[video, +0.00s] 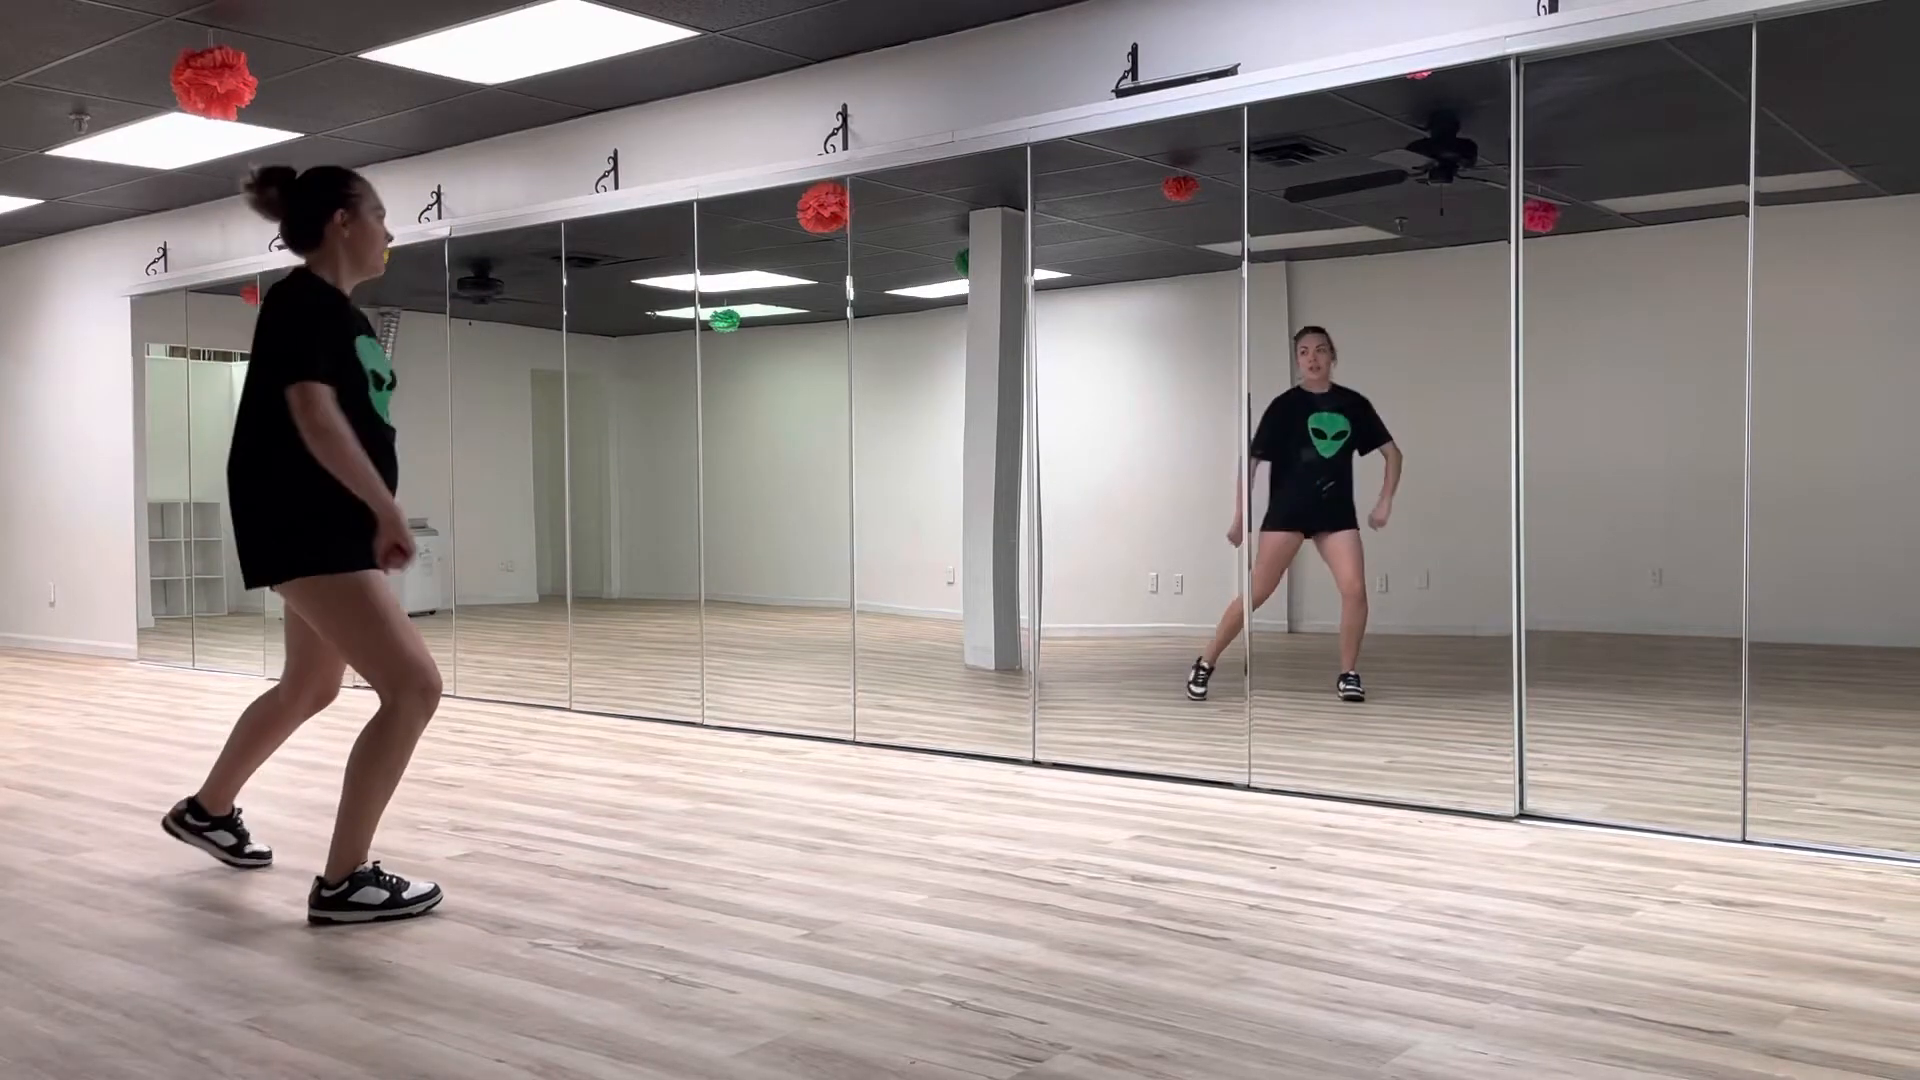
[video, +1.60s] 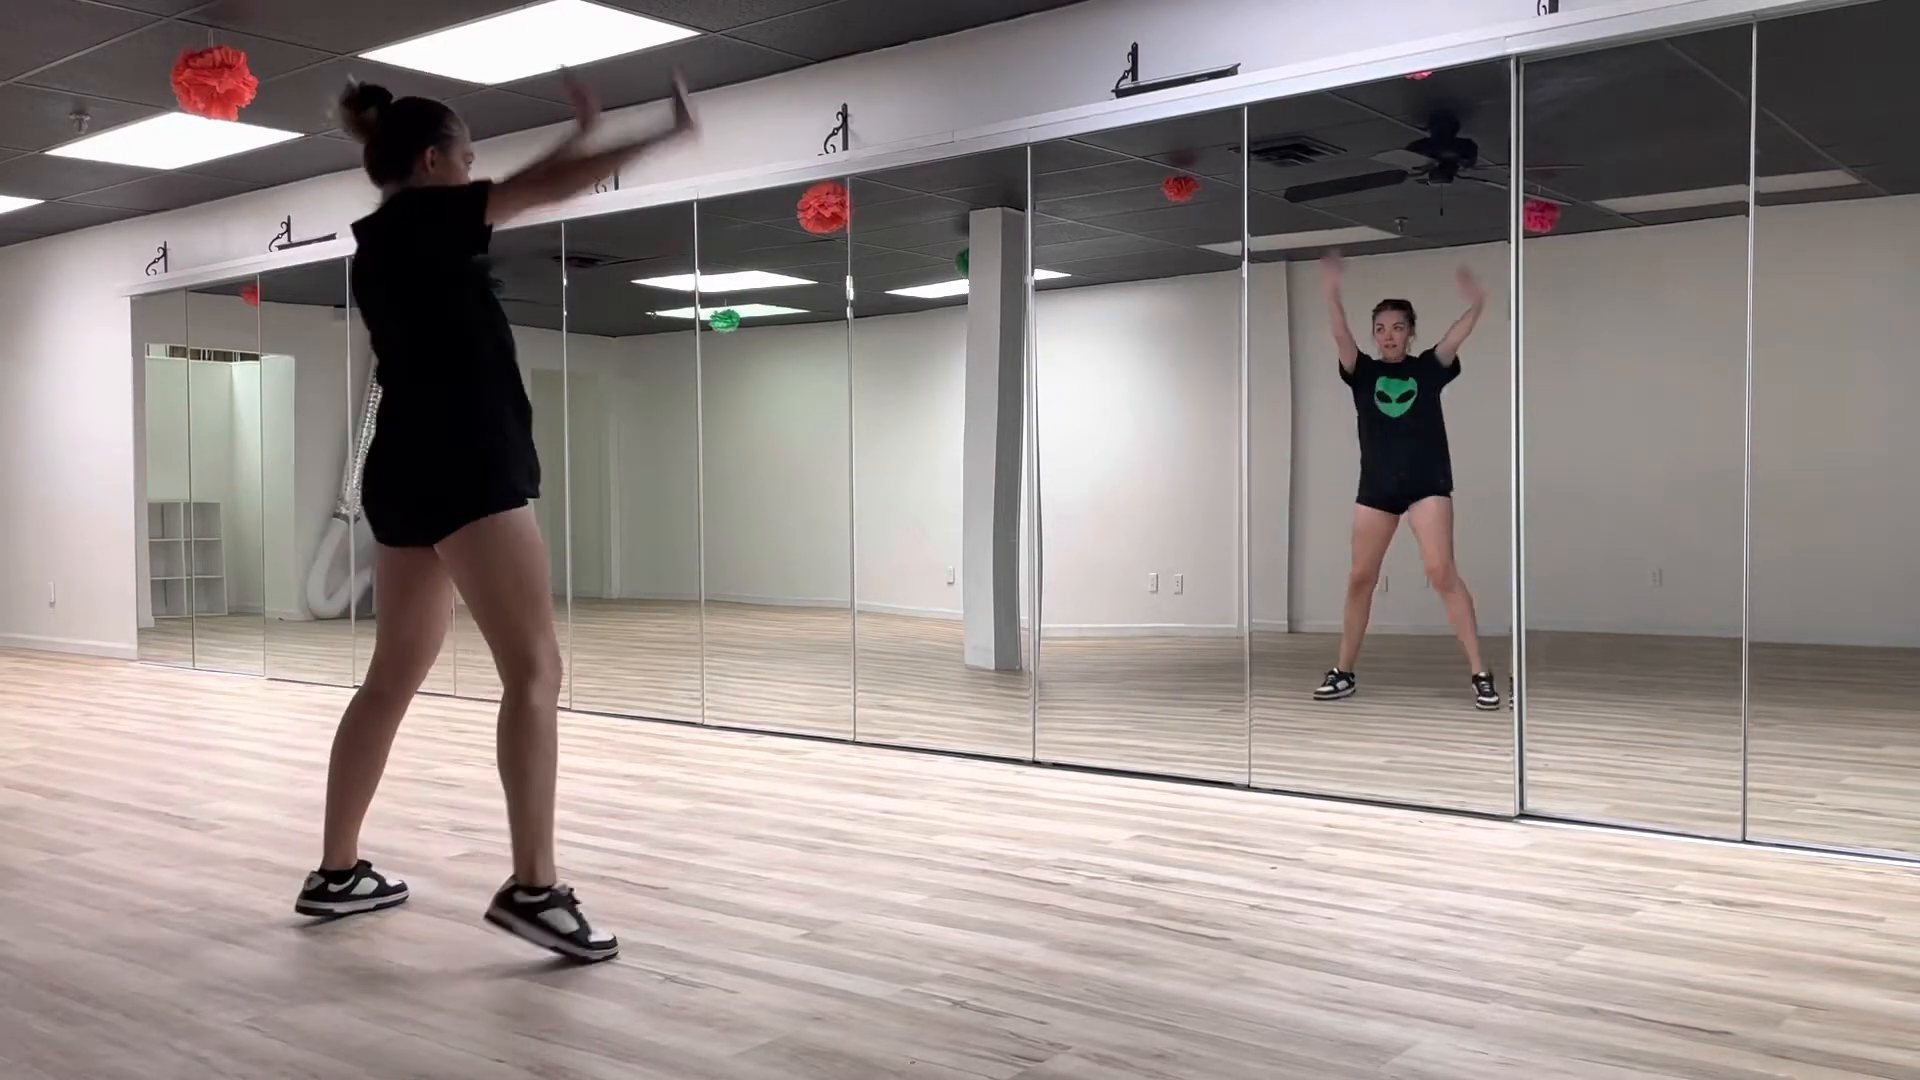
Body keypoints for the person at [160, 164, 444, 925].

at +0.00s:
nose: (389, 233)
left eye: (385, 219)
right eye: (380, 218)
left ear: (334, 227)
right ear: (343, 224)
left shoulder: (332, 309)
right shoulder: (305, 301)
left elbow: (336, 423)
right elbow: (314, 416)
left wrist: (375, 518)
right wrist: (386, 507)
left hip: (318, 524)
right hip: (306, 524)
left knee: (309, 684)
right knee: (414, 687)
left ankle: (208, 807)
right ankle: (345, 876)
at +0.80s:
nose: (427, 194)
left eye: (423, 178)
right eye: (419, 178)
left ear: (352, 184)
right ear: (390, 181)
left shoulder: (316, 268)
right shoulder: (397, 267)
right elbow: (435, 400)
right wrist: (485, 518)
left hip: (304, 493)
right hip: (381, 495)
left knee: (352, 674)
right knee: (426, 672)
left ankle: (326, 877)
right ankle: (353, 864)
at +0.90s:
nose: (422, 202)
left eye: (421, 186)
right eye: (416, 185)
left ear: (348, 189)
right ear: (383, 185)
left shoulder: (316, 270)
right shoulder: (381, 265)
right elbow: (457, 364)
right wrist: (559, 434)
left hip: (307, 500)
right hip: (379, 497)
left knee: (366, 675)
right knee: (479, 650)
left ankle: (331, 873)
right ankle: (357, 810)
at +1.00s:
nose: (430, 196)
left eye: (429, 181)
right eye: (424, 179)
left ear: (363, 180)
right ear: (388, 177)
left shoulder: (333, 254)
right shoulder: (381, 254)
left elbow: (487, 288)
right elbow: (507, 291)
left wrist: (580, 270)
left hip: (316, 487)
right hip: (378, 484)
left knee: (367, 676)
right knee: (512, 629)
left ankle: (330, 876)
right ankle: (386, 789)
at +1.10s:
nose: (455, 177)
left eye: (450, 164)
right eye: (445, 163)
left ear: (379, 172)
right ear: (408, 167)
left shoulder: (354, 229)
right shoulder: (402, 223)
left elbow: (486, 200)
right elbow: (520, 191)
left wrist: (540, 132)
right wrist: (622, 126)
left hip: (338, 473)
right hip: (389, 472)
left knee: (366, 673)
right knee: (519, 627)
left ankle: (329, 875)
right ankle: (450, 833)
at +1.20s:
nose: (476, 192)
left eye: (479, 175)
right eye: (469, 173)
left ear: (410, 162)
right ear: (429, 162)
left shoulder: (396, 234)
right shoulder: (393, 221)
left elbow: (459, 157)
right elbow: (480, 145)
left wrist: (475, 91)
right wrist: (553, 36)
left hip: (379, 467)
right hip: (406, 465)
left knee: (368, 677)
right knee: (494, 654)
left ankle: (326, 870)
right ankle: (519, 876)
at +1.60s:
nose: (473, 163)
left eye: (466, 150)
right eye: (464, 150)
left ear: (394, 162)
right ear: (434, 155)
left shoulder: (375, 237)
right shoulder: (444, 215)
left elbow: (515, 194)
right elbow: (566, 184)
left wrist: (580, 134)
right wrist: (672, 134)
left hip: (401, 467)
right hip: (471, 466)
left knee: (391, 676)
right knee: (534, 671)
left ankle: (337, 870)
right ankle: (534, 887)